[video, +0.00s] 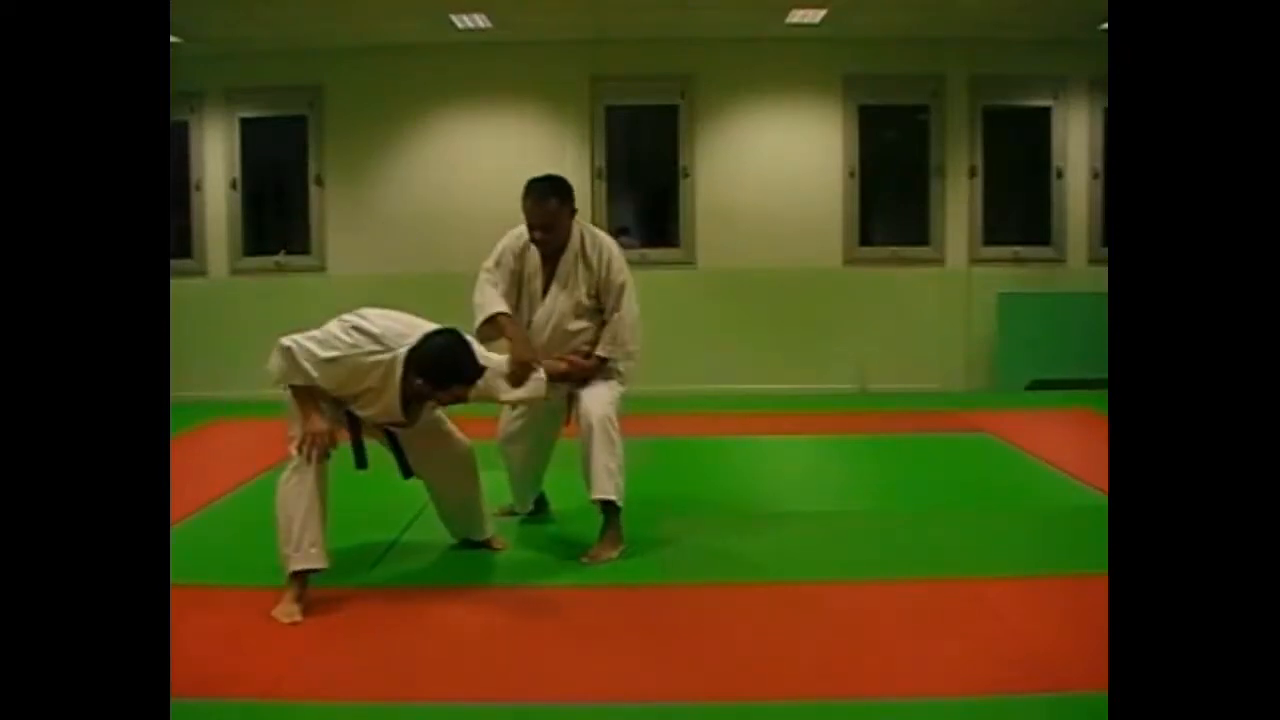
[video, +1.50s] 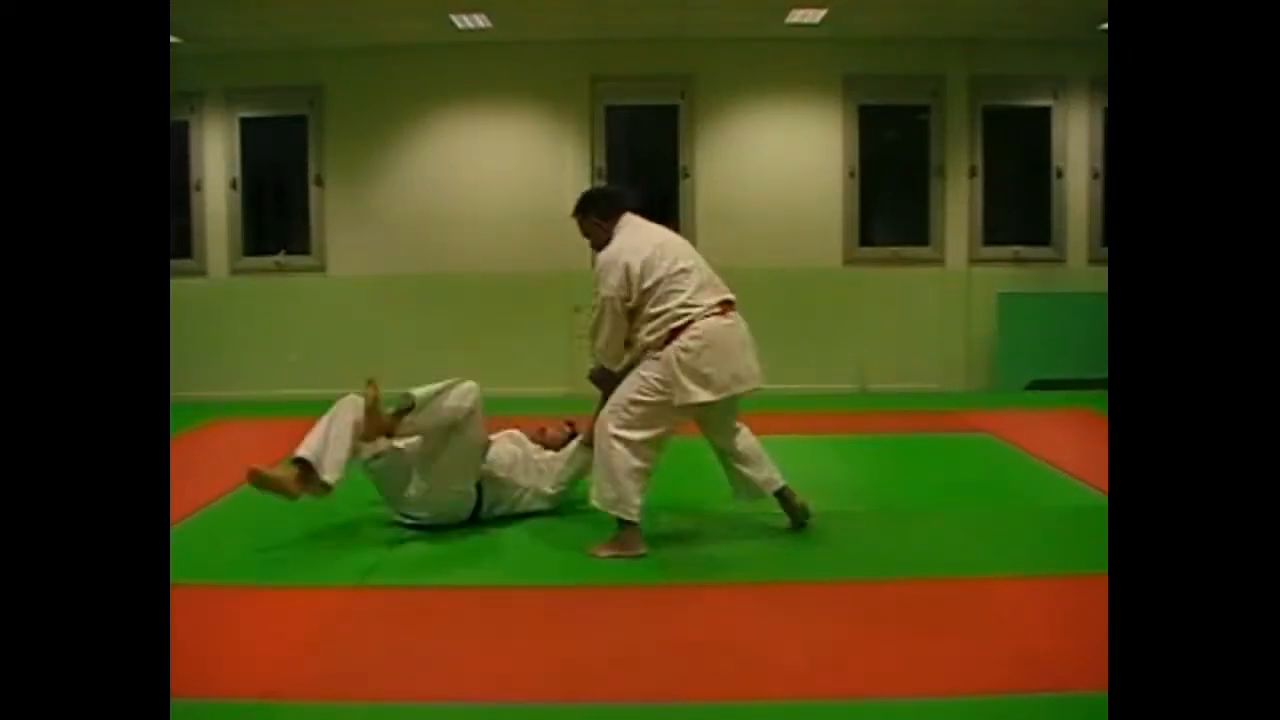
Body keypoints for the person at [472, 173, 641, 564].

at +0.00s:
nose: (537, 237)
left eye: (546, 228)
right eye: (531, 228)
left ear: (571, 215)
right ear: (524, 218)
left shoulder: (602, 251)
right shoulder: (515, 246)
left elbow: (623, 318)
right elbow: (487, 290)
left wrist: (593, 364)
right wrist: (517, 338)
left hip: (592, 365)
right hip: (535, 366)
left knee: (598, 413)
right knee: (513, 434)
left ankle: (611, 525)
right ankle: (530, 502)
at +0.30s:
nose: (567, 213)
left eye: (578, 205)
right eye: (560, 203)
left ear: (596, 201)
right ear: (550, 196)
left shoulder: (615, 233)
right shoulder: (536, 224)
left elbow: (650, 282)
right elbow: (528, 277)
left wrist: (609, 316)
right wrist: (572, 323)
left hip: (592, 357)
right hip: (539, 357)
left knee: (598, 418)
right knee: (511, 437)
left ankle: (611, 526)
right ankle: (529, 500)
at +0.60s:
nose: (564, 169)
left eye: (574, 163)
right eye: (560, 163)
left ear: (595, 171)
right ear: (555, 169)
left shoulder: (614, 217)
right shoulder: (539, 209)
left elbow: (574, 195)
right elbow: (500, 194)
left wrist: (539, 155)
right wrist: (513, 159)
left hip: (595, 348)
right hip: (544, 349)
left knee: (594, 420)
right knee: (516, 431)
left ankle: (607, 521)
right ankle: (527, 498)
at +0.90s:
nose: (555, 201)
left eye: (561, 191)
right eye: (554, 192)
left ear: (587, 184)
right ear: (589, 184)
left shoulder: (610, 219)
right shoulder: (611, 212)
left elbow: (557, 296)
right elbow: (570, 290)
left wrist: (526, 290)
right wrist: (533, 296)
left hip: (653, 344)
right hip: (636, 342)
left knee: (591, 427)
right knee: (595, 419)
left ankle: (622, 533)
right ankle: (625, 497)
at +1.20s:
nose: (598, 233)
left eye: (599, 221)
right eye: (595, 223)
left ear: (619, 210)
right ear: (627, 208)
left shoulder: (643, 241)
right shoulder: (665, 226)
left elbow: (641, 322)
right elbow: (660, 314)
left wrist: (605, 345)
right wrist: (610, 342)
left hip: (714, 346)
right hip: (739, 334)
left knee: (637, 420)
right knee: (740, 435)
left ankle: (630, 537)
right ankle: (799, 509)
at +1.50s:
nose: (588, 242)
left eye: (587, 232)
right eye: (584, 234)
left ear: (602, 221)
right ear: (620, 215)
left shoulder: (615, 255)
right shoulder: (654, 234)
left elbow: (611, 338)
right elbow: (655, 318)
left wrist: (605, 372)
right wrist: (620, 368)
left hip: (692, 345)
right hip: (730, 332)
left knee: (615, 424)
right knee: (725, 429)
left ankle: (628, 534)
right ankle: (786, 497)